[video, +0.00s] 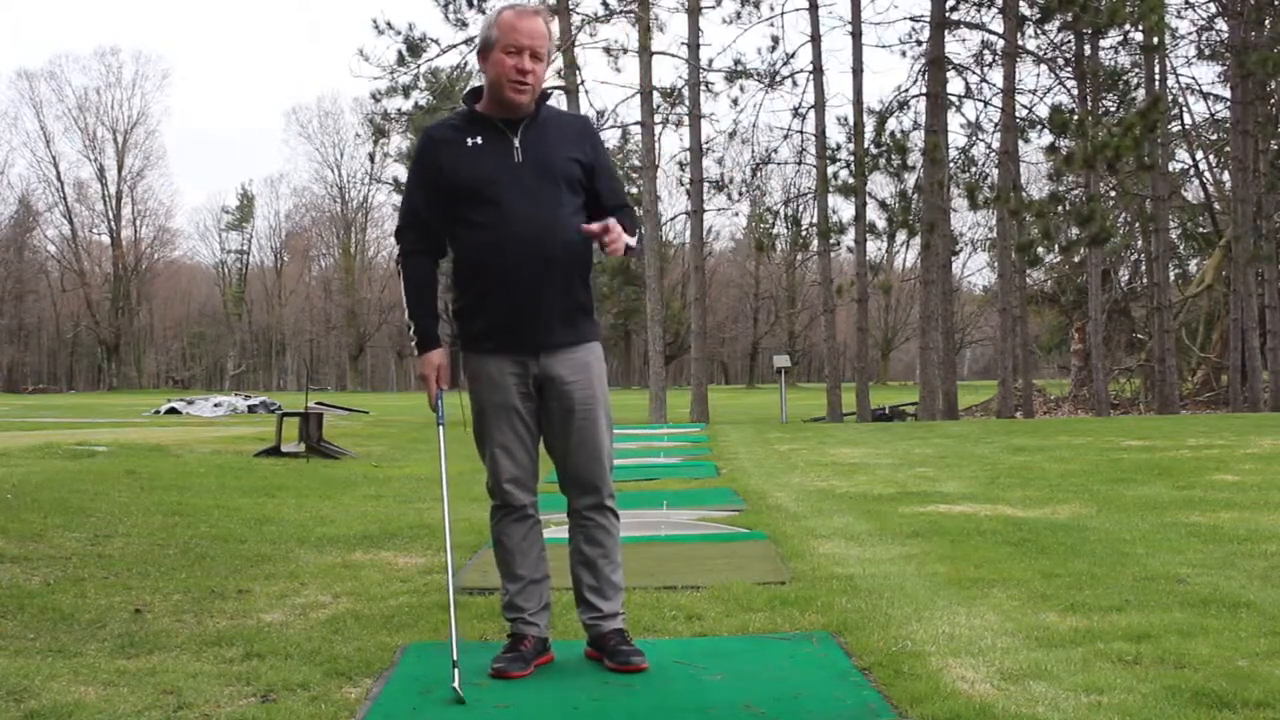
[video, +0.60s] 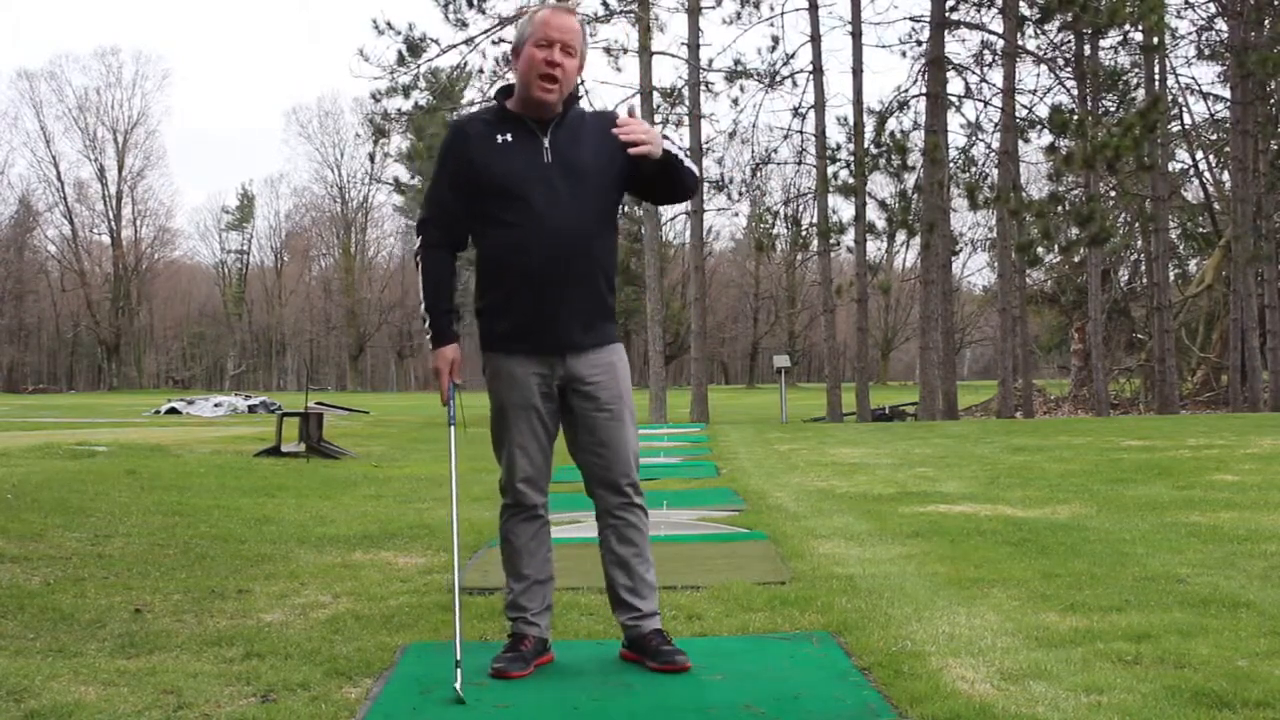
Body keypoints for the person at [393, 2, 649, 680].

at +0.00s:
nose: (526, 67)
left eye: (537, 56)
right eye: (513, 53)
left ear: (548, 64)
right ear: (484, 58)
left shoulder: (576, 133)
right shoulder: (442, 143)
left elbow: (621, 216)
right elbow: (417, 245)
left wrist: (619, 232)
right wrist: (428, 342)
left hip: (572, 338)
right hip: (488, 344)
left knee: (593, 492)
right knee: (511, 496)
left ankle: (607, 628)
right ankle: (528, 632)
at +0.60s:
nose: (554, 59)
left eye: (567, 50)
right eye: (542, 46)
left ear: (581, 65)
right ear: (515, 54)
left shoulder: (607, 135)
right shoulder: (471, 137)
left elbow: (680, 191)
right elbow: (438, 237)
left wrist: (660, 154)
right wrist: (443, 334)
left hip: (595, 341)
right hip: (513, 346)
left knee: (620, 489)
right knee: (523, 495)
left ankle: (643, 629)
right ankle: (529, 632)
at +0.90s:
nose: (597, 57)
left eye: (611, 50)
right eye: (587, 43)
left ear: (623, 66)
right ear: (559, 50)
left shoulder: (649, 137)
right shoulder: (510, 132)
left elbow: (720, 181)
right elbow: (473, 234)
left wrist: (741, 140)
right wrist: (476, 328)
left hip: (629, 344)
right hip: (545, 345)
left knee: (636, 494)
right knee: (539, 495)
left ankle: (644, 628)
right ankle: (530, 630)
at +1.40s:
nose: (643, 56)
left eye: (658, 48)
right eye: (634, 44)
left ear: (676, 65)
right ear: (611, 53)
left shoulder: (701, 140)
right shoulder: (564, 129)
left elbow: (776, 179)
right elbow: (523, 227)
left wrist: (840, 149)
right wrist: (515, 319)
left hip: (666, 347)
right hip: (583, 343)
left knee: (655, 496)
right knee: (566, 494)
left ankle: (645, 629)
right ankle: (553, 632)